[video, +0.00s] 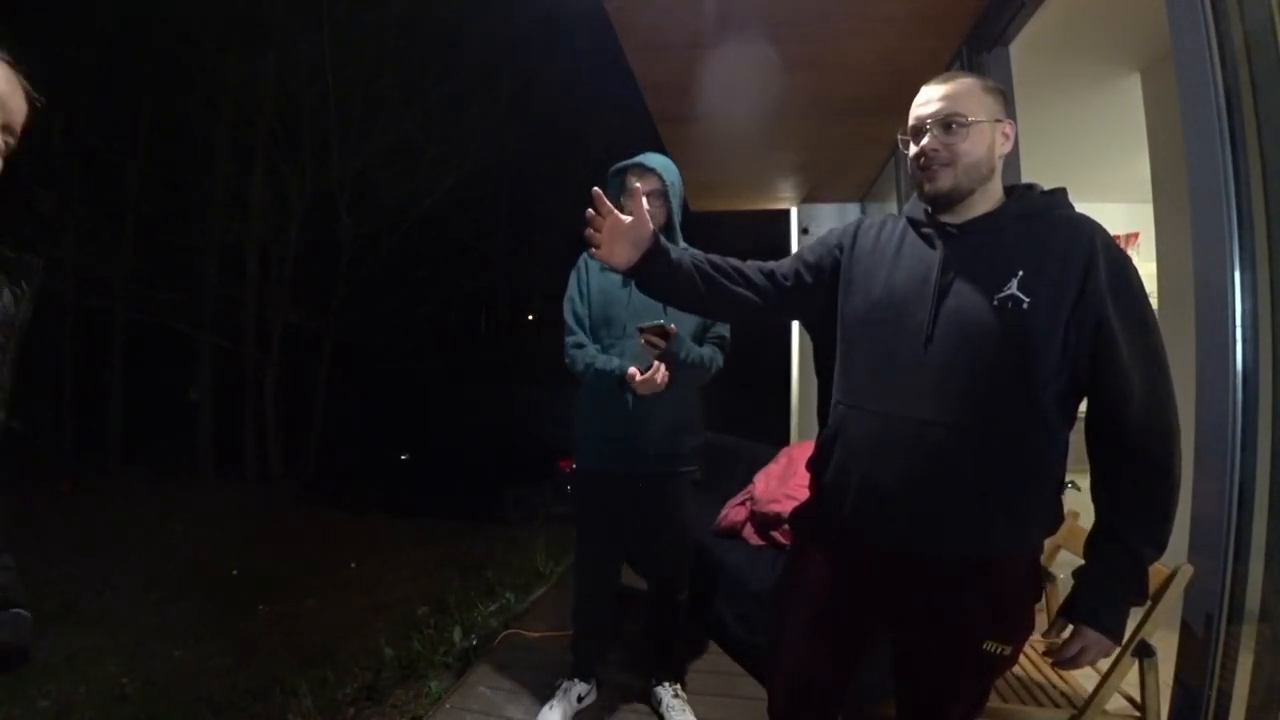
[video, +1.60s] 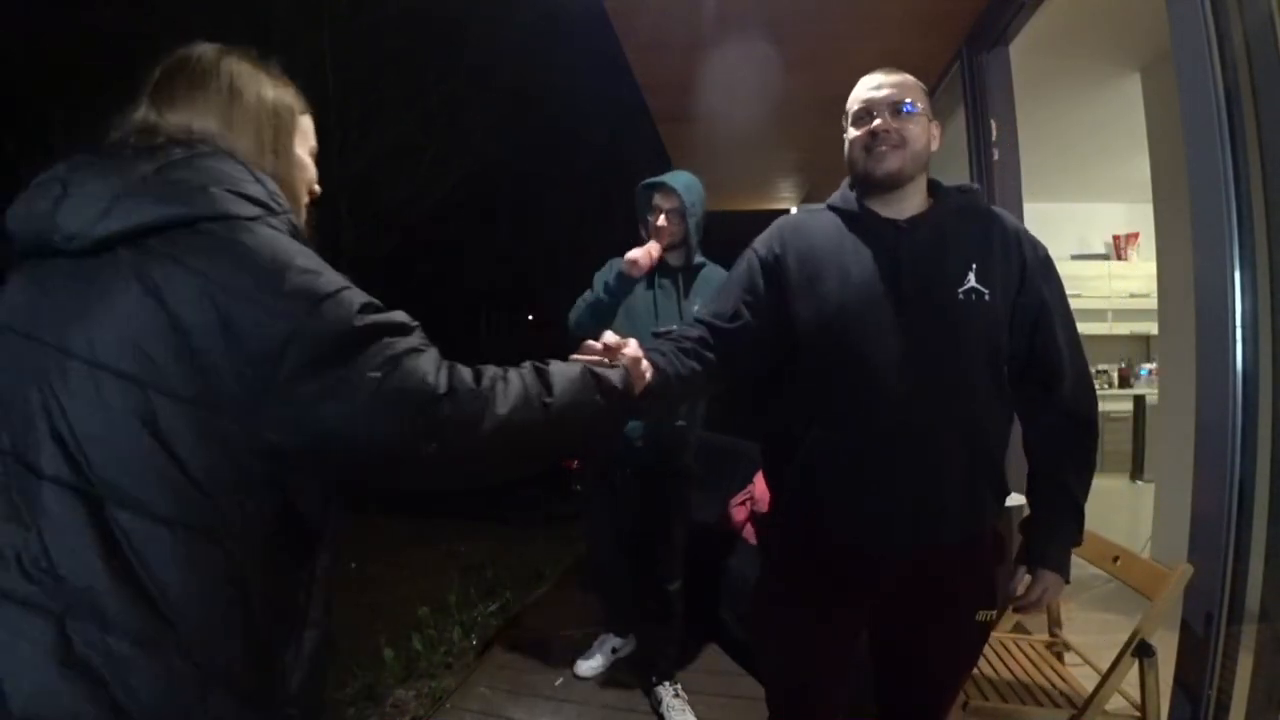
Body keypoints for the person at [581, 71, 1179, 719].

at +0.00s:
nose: (920, 143)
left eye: (946, 126)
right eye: (913, 133)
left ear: (1004, 136)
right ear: (905, 150)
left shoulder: (1075, 250)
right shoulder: (861, 242)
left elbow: (1140, 435)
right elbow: (761, 286)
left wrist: (1105, 596)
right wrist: (652, 256)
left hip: (976, 561)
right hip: (842, 542)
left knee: (938, 710)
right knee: (801, 703)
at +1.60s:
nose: (880, 122)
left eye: (901, 109)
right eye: (862, 115)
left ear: (935, 135)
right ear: (843, 145)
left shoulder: (1002, 246)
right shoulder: (789, 245)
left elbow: (1062, 405)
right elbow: (707, 340)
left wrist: (1053, 541)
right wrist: (647, 364)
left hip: (952, 549)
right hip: (816, 546)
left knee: (918, 706)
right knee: (811, 706)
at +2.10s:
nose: (934, 128)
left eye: (955, 118)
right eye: (917, 121)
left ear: (988, 146)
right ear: (896, 153)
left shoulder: (1046, 257)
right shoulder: (836, 235)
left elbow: (1102, 421)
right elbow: (753, 334)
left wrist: (1092, 562)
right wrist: (725, 274)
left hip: (970, 557)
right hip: (833, 544)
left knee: (929, 705)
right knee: (816, 704)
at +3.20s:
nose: (868, 136)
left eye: (885, 124)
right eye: (849, 131)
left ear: (914, 152)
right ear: (829, 165)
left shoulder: (974, 247)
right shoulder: (788, 261)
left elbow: (1047, 403)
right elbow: (741, 379)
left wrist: (1025, 557)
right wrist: (721, 471)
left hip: (928, 531)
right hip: (805, 529)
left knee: (906, 701)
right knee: (811, 696)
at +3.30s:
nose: (849, 141)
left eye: (867, 130)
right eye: (831, 136)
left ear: (895, 153)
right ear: (812, 169)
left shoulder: (959, 247)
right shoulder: (774, 263)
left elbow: (1032, 406)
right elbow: (730, 385)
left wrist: (1006, 555)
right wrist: (728, 490)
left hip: (918, 532)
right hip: (799, 532)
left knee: (902, 702)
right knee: (812, 698)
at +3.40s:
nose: (834, 145)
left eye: (851, 133)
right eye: (816, 140)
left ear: (880, 158)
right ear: (798, 172)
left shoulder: (942, 244)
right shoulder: (763, 269)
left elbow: (1019, 396)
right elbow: (728, 394)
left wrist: (991, 545)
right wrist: (733, 499)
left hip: (912, 534)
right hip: (794, 537)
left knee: (901, 703)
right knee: (811, 700)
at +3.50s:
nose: (824, 146)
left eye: (841, 134)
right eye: (806, 141)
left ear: (870, 158)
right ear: (789, 173)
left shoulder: (933, 241)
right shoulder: (755, 273)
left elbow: (1013, 393)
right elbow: (725, 398)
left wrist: (977, 537)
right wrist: (724, 501)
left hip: (909, 532)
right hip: (791, 533)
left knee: (897, 702)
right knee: (811, 700)